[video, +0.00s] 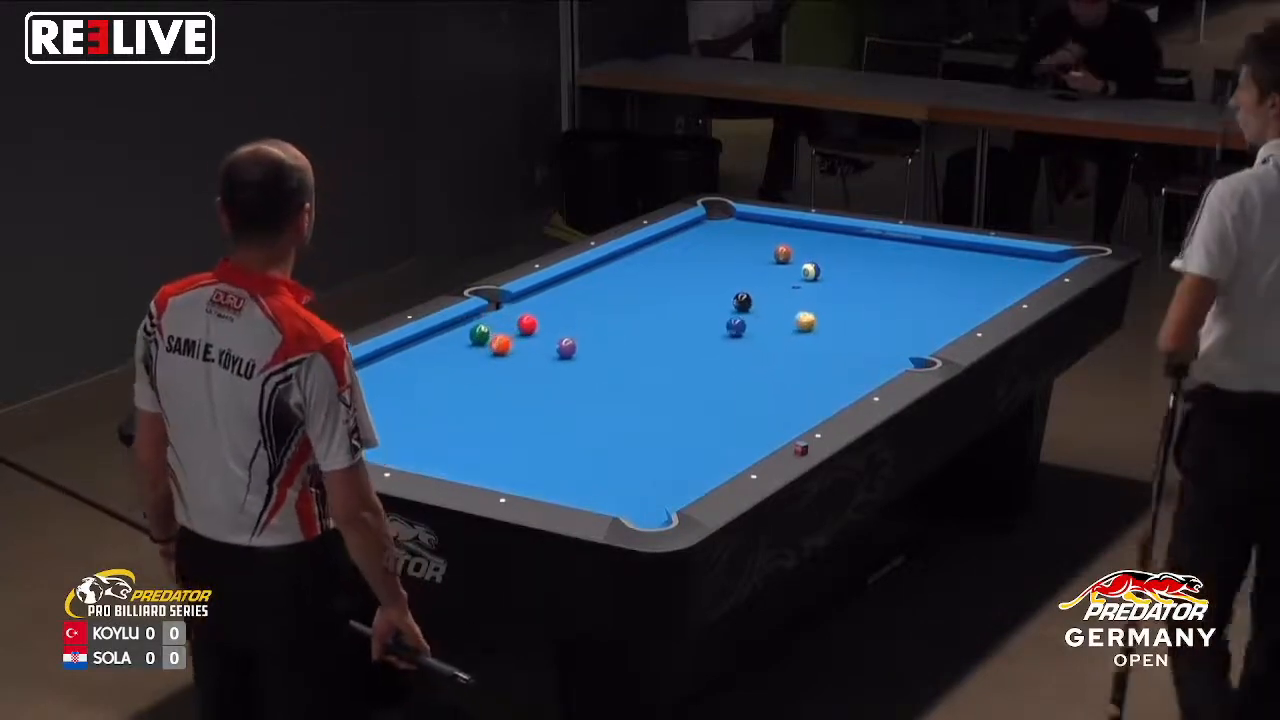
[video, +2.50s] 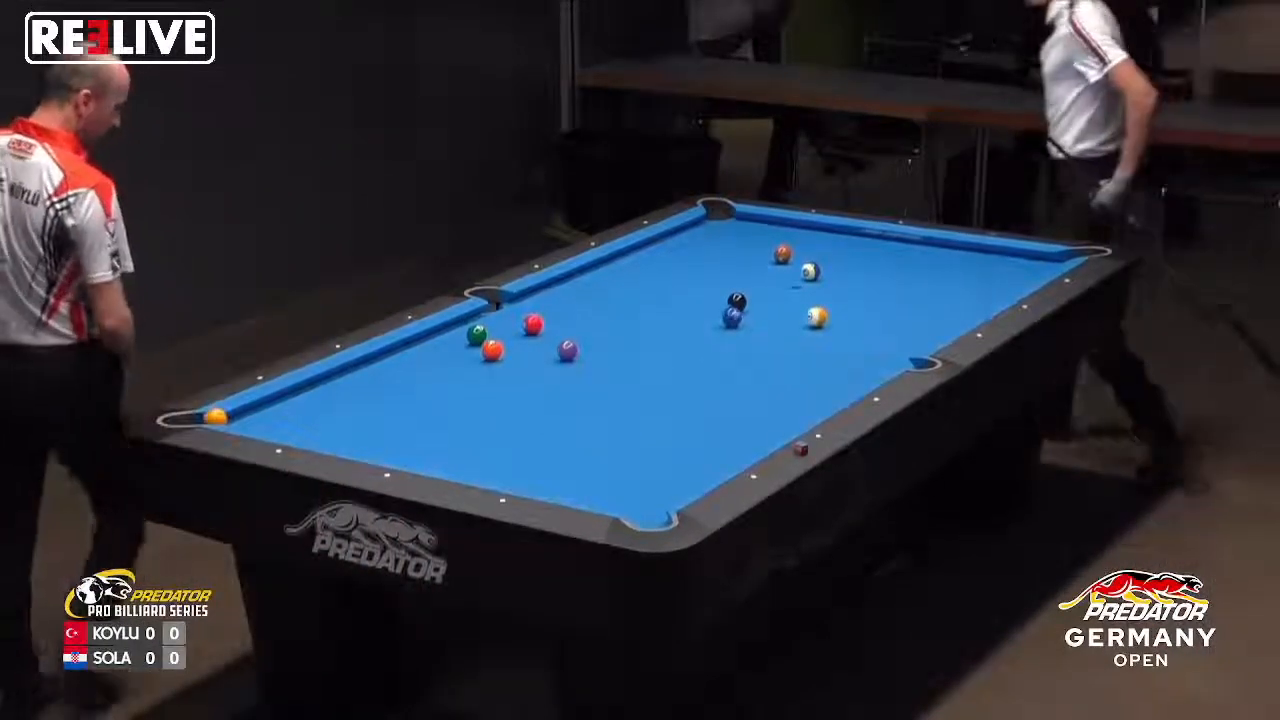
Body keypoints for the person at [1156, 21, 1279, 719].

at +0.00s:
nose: (1236, 104)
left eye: (1242, 90)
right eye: (1239, 90)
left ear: (1268, 99)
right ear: (1277, 101)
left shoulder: (1239, 195)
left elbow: (1177, 334)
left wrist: (1177, 365)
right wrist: (1188, 355)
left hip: (1237, 411)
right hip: (1270, 407)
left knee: (1200, 594)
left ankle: (1206, 707)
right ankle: (1258, 706)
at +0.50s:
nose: (1204, 78)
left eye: (1212, 65)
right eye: (1206, 64)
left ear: (1247, 71)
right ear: (1267, 71)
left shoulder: (1214, 159)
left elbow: (1159, 280)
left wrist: (1178, 295)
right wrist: (1185, 284)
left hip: (1215, 354)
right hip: (1277, 353)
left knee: (1194, 500)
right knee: (1273, 520)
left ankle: (1191, 648)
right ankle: (1261, 681)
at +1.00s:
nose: (1182, 38)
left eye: (1192, 25)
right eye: (1184, 24)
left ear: (1233, 34)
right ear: (1241, 34)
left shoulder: (1193, 109)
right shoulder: (1278, 96)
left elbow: (1151, 223)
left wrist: (1180, 229)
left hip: (1204, 287)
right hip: (1275, 286)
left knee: (1190, 445)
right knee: (1274, 435)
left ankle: (1193, 617)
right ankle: (1269, 566)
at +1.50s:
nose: (1191, 8)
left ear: (1237, 5)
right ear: (1252, 7)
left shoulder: (1220, 70)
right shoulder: (1275, 55)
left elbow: (1196, 177)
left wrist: (1163, 214)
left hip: (1222, 236)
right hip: (1276, 231)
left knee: (1199, 376)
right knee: (1275, 390)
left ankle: (1210, 516)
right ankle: (1271, 539)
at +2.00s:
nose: (1120, 5)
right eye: (1118, 1)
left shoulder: (1162, 40)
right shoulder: (1226, 25)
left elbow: (1185, 135)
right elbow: (1228, 118)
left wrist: (1153, 202)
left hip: (1182, 198)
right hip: (1223, 193)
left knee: (1174, 332)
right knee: (1199, 329)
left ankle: (1187, 464)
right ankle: (1237, 443)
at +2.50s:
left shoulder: (1084, 17)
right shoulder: (1064, 22)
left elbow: (1141, 95)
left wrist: (1122, 178)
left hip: (1091, 181)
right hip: (1067, 176)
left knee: (1097, 327)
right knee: (1054, 316)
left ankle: (1163, 444)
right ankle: (1051, 417)